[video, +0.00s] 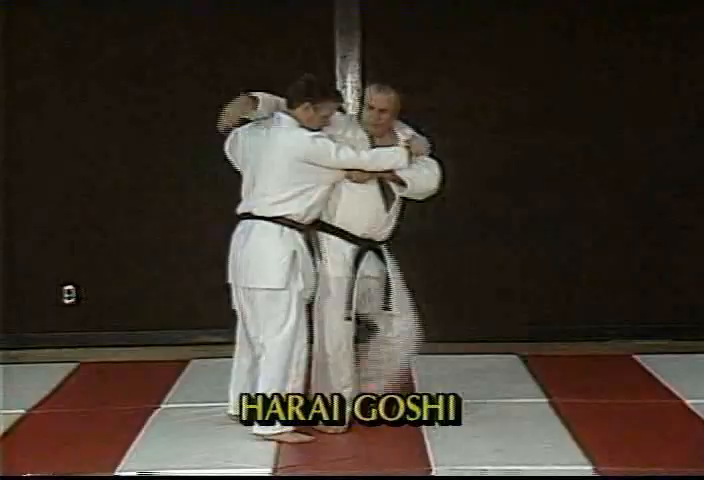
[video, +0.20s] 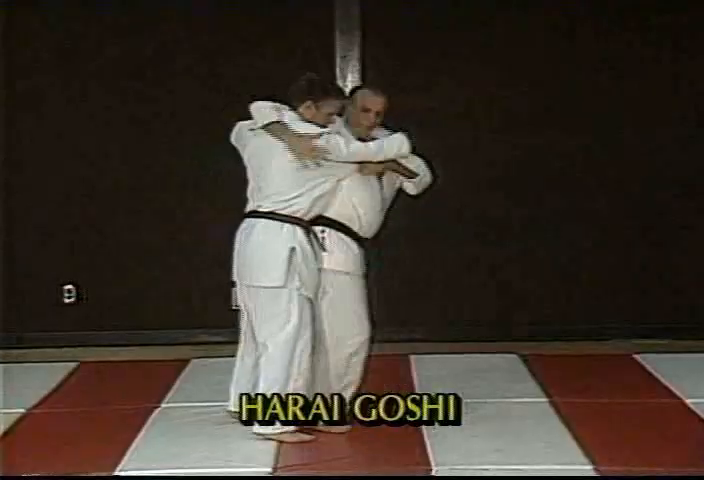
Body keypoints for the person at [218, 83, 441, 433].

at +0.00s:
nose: (327, 122)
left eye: (329, 115)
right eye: (325, 115)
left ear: (291, 106)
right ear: (306, 108)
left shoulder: (252, 135)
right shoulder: (306, 144)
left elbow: (231, 144)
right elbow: (359, 159)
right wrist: (407, 151)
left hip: (246, 237)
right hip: (278, 242)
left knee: (253, 332)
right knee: (281, 333)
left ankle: (247, 407)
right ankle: (271, 420)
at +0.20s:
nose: (335, 119)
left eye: (338, 113)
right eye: (332, 112)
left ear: (297, 108)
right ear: (310, 107)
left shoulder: (256, 135)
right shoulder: (321, 143)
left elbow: (239, 128)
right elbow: (377, 151)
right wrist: (400, 138)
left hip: (249, 236)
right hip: (283, 240)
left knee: (254, 332)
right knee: (287, 333)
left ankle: (245, 409)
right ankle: (273, 421)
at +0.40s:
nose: (343, 122)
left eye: (345, 115)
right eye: (341, 114)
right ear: (320, 109)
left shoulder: (257, 134)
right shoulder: (327, 142)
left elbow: (238, 134)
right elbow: (384, 164)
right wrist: (401, 159)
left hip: (244, 232)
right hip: (280, 237)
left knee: (250, 329)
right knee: (279, 329)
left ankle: (245, 406)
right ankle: (272, 419)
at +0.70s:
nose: (340, 124)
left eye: (341, 117)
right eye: (337, 116)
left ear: (301, 110)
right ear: (317, 111)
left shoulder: (252, 134)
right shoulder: (324, 145)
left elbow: (238, 137)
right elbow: (383, 166)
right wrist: (391, 163)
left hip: (240, 234)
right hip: (278, 239)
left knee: (247, 333)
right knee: (281, 332)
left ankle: (242, 408)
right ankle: (272, 420)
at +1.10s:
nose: (346, 129)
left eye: (347, 121)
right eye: (343, 120)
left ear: (308, 114)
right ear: (324, 115)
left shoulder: (259, 137)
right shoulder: (329, 148)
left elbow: (236, 139)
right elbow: (378, 172)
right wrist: (388, 165)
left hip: (244, 243)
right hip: (283, 247)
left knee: (249, 338)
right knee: (286, 337)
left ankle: (242, 412)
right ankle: (270, 421)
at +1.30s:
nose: (379, 136)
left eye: (383, 130)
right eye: (377, 127)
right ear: (358, 118)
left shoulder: (364, 156)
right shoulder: (328, 129)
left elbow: (372, 210)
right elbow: (295, 106)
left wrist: (372, 198)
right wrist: (331, 144)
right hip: (326, 235)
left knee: (327, 322)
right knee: (392, 302)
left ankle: (324, 398)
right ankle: (427, 379)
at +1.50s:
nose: (384, 148)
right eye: (378, 141)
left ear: (328, 118)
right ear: (364, 130)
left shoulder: (297, 134)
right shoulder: (365, 158)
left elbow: (256, 149)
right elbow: (389, 201)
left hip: (254, 235)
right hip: (299, 244)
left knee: (252, 326)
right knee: (298, 336)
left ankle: (236, 390)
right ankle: (278, 417)